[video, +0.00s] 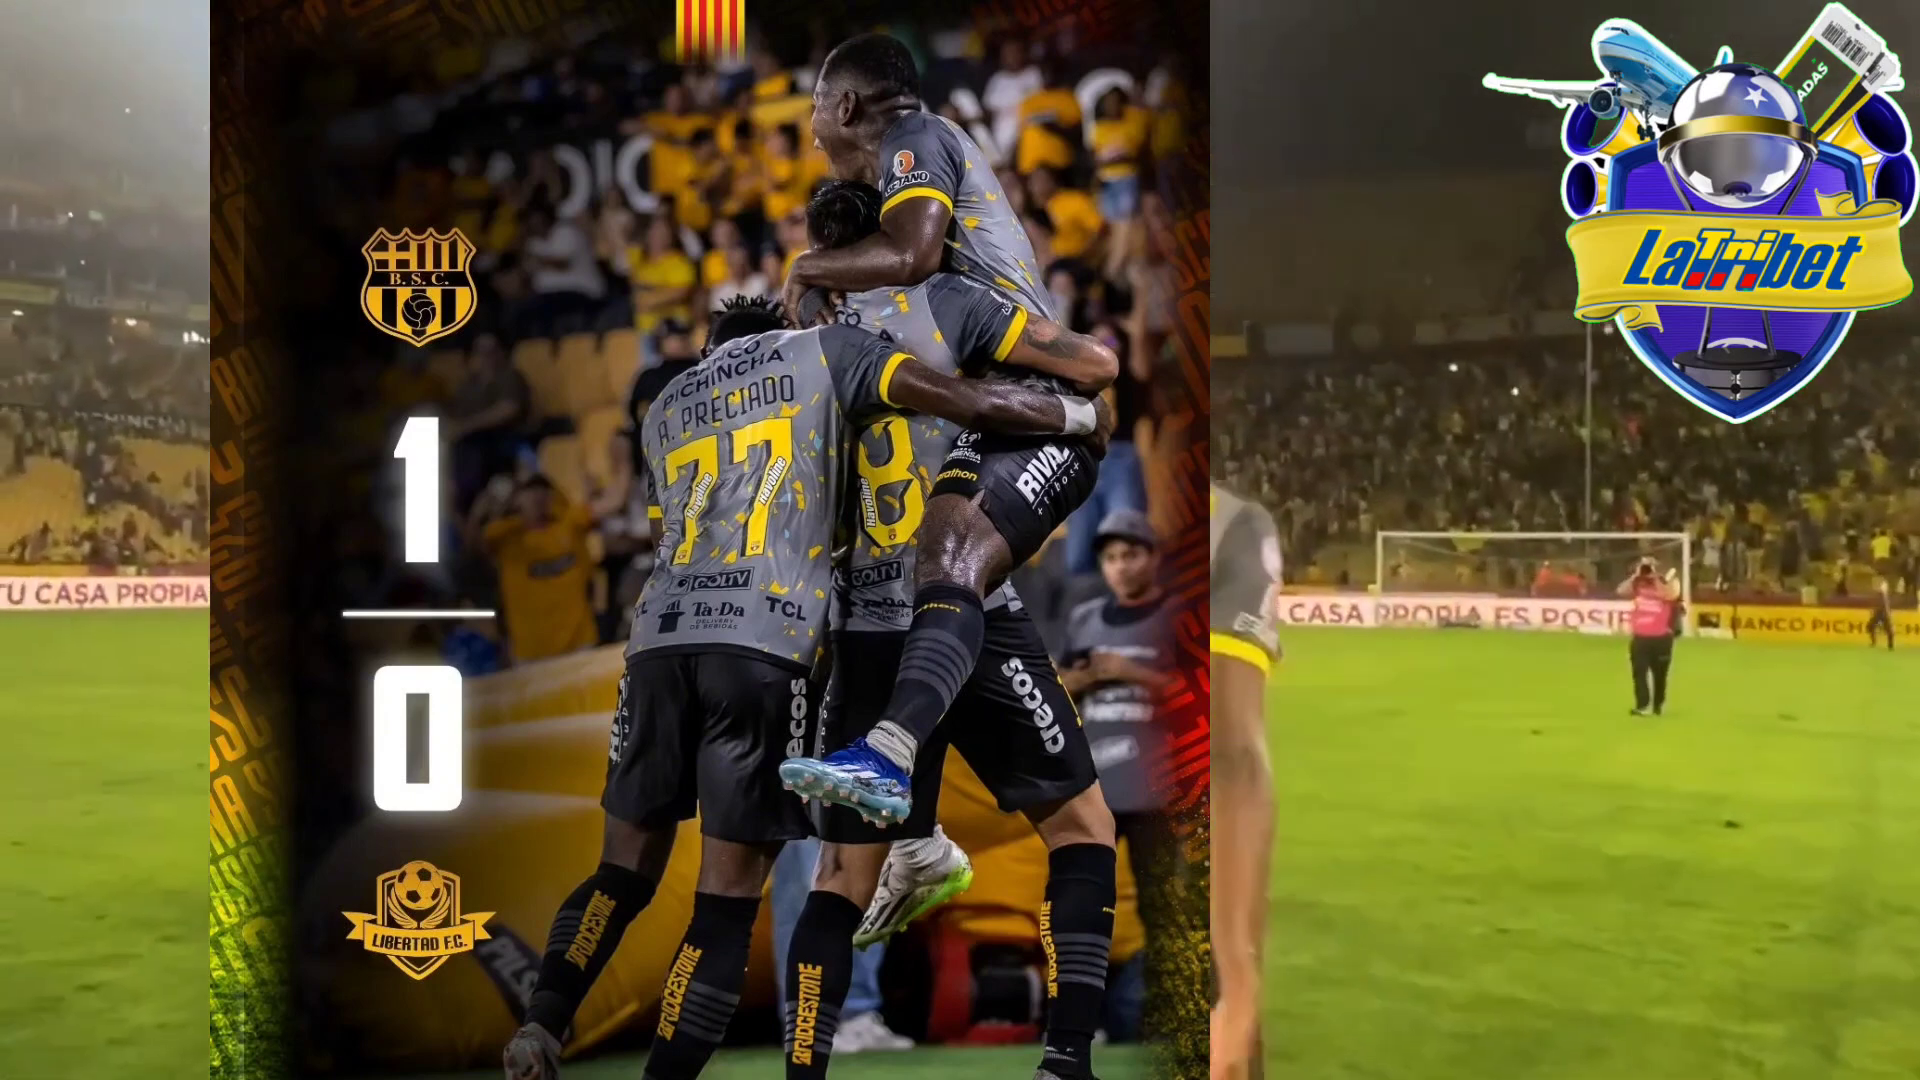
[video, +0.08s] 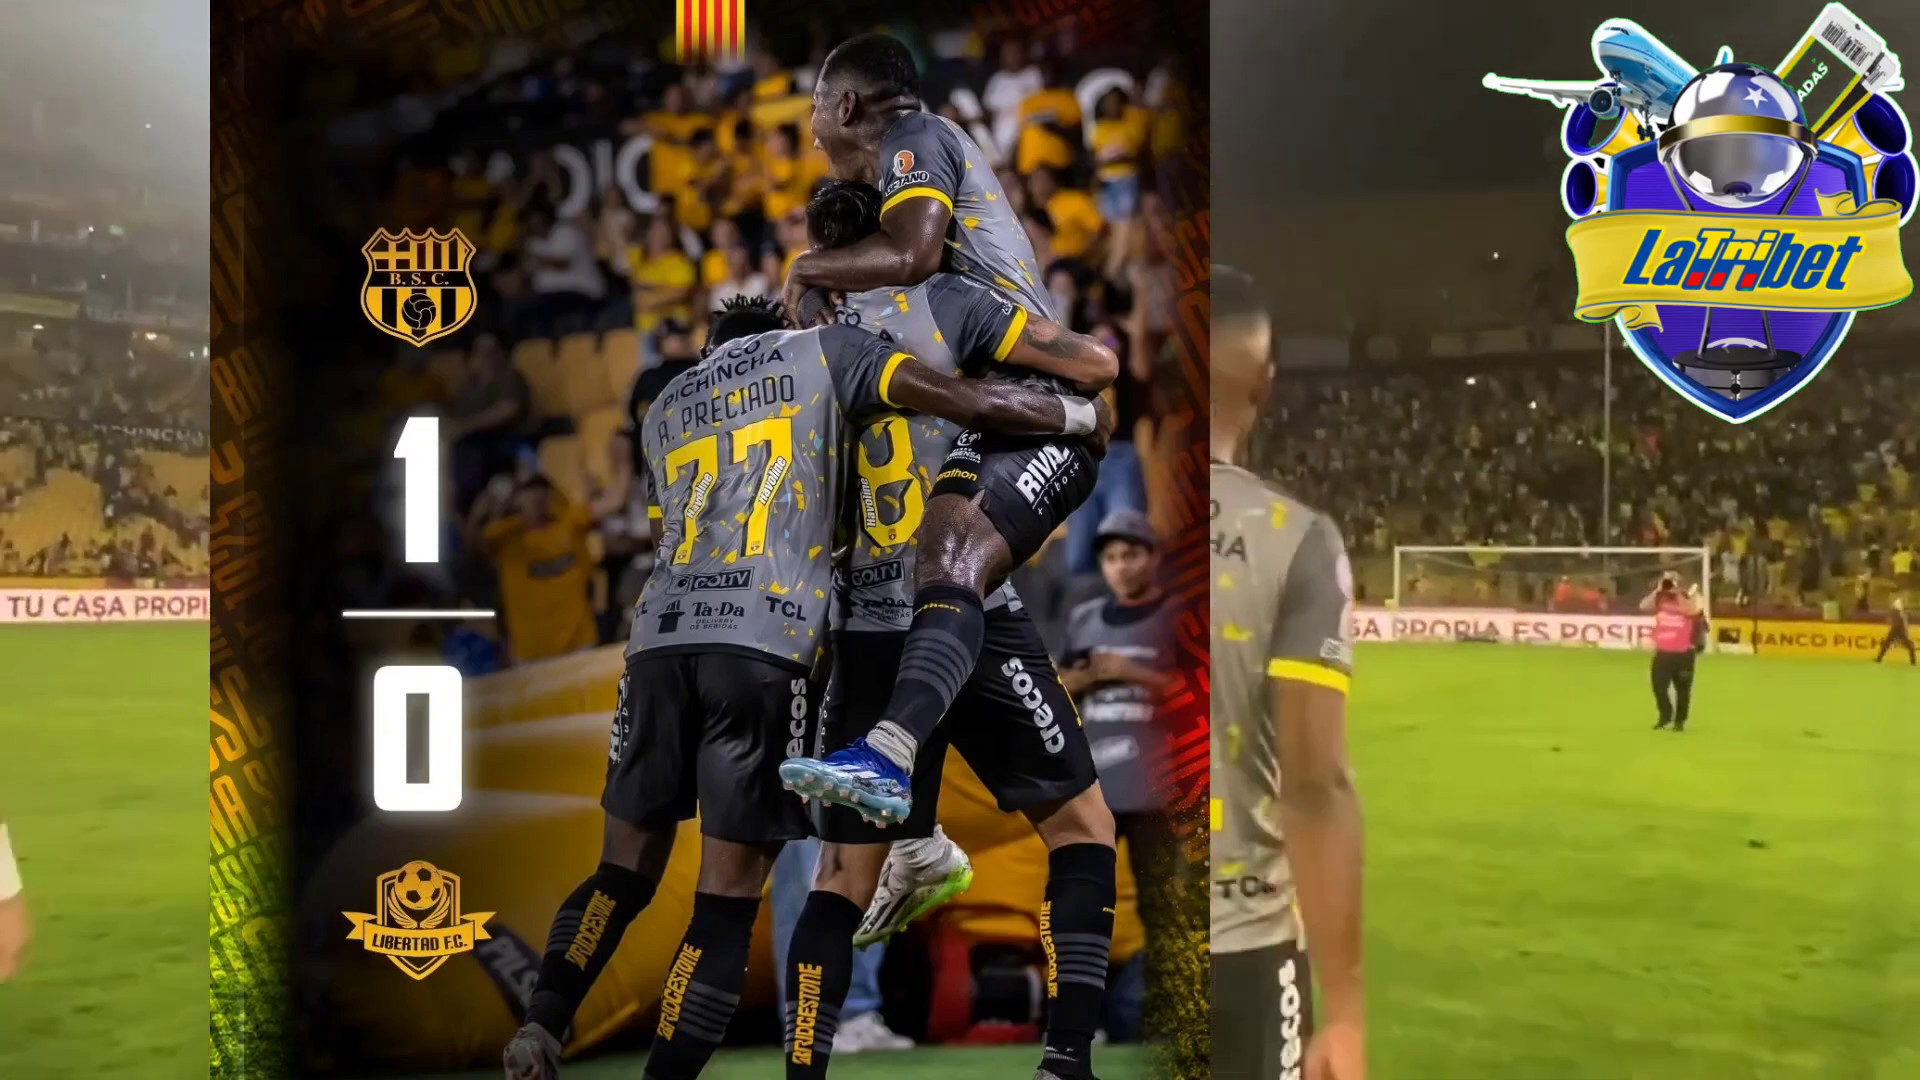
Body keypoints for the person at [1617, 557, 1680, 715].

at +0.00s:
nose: (1647, 574)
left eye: (1650, 570)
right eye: (1644, 571)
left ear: (1657, 570)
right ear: (1640, 573)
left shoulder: (1666, 585)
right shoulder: (1638, 585)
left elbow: (1671, 595)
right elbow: (1620, 591)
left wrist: (1656, 578)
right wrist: (1635, 576)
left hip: (1661, 635)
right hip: (1640, 634)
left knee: (1660, 674)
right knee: (1638, 673)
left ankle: (1657, 705)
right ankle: (1642, 705)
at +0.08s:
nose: (1669, 588)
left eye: (1672, 584)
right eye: (1666, 584)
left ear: (1679, 585)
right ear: (1662, 586)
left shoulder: (1687, 600)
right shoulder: (1661, 600)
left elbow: (1692, 611)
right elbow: (1643, 606)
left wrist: (1678, 594)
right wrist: (1657, 591)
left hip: (1683, 651)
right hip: (1663, 650)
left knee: (1683, 689)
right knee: (1658, 686)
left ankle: (1680, 720)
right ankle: (1665, 715)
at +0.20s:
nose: (1689, 600)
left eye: (1692, 596)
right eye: (1686, 596)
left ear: (1699, 597)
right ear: (1683, 598)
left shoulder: (1708, 612)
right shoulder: (1681, 612)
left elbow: (1714, 623)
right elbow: (1663, 618)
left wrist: (1699, 606)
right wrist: (1678, 603)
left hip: (1705, 663)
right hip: (1685, 662)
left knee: (1706, 701)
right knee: (1680, 697)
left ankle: (1702, 731)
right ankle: (1688, 722)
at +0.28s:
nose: (1706, 611)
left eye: (1709, 607)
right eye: (1703, 607)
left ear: (1716, 608)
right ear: (1700, 609)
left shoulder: (1724, 624)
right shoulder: (1698, 623)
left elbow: (1730, 634)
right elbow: (1678, 628)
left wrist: (1715, 617)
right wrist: (1694, 614)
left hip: (1720, 674)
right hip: (1700, 673)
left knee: (1721, 712)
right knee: (1697, 707)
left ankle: (1719, 742)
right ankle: (1706, 734)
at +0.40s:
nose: (1733, 590)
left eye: (1736, 586)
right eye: (1730, 587)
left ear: (1743, 587)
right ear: (1726, 589)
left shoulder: (1750, 603)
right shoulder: (1724, 602)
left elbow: (1757, 613)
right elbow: (1705, 608)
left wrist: (1742, 595)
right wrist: (1720, 593)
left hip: (1746, 654)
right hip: (1726, 654)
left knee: (1747, 692)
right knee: (1729, 691)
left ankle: (1745, 725)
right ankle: (1735, 720)